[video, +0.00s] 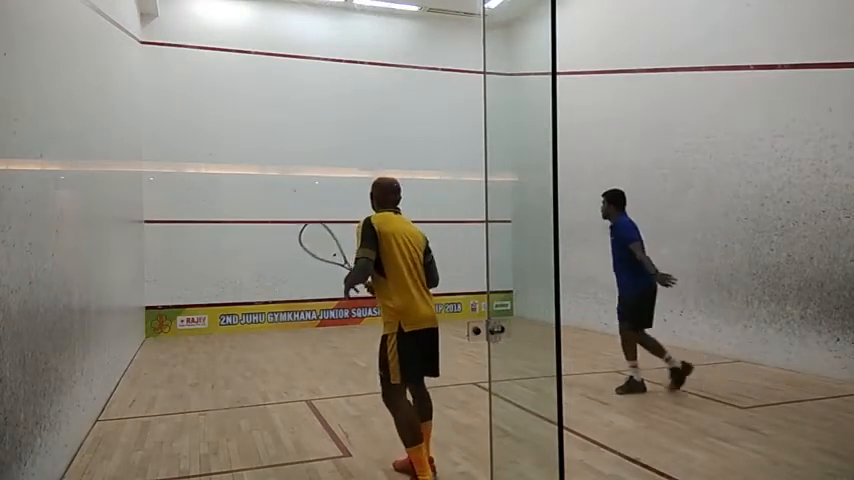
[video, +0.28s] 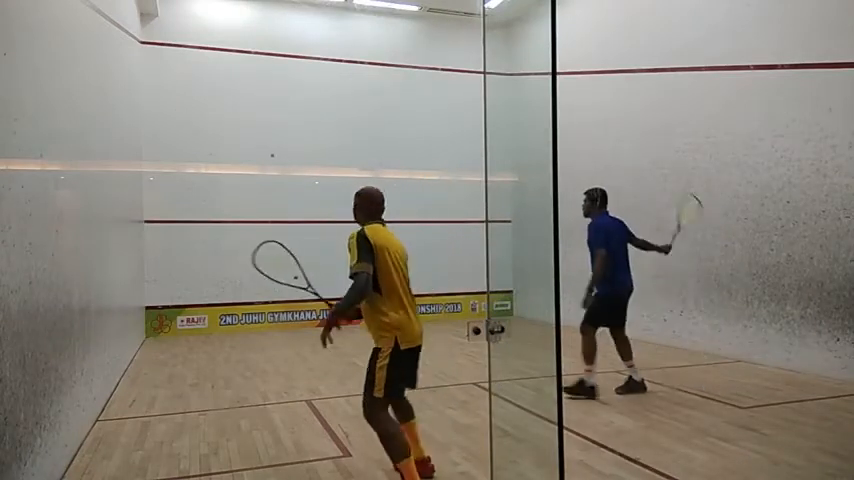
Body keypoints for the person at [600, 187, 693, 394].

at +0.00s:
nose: (601, 208)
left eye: (604, 204)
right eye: (602, 204)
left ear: (613, 206)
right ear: (617, 206)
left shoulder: (624, 227)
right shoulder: (618, 226)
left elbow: (639, 254)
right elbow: (635, 256)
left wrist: (656, 274)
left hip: (638, 290)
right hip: (629, 289)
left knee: (633, 332)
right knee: (626, 331)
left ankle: (676, 366)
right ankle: (635, 378)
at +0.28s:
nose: (582, 205)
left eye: (586, 202)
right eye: (583, 201)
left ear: (596, 204)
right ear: (602, 204)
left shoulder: (596, 226)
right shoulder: (616, 223)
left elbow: (600, 258)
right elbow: (636, 242)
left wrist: (589, 290)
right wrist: (658, 248)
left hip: (608, 289)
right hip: (623, 288)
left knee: (587, 329)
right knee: (618, 331)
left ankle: (588, 382)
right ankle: (635, 378)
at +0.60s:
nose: (559, 204)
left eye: (562, 200)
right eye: (559, 200)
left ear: (573, 202)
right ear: (578, 203)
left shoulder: (566, 226)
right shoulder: (594, 227)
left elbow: (564, 257)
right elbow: (596, 262)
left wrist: (547, 277)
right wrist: (603, 289)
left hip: (568, 291)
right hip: (588, 291)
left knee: (555, 331)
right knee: (582, 332)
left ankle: (561, 382)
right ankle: (613, 375)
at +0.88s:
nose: (551, 207)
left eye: (552, 204)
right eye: (554, 203)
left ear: (553, 205)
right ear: (572, 207)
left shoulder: (554, 227)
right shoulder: (581, 232)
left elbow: (549, 265)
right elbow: (578, 271)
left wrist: (531, 290)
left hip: (552, 295)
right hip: (576, 298)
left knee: (523, 328)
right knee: (573, 338)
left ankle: (535, 380)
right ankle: (595, 387)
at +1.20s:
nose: (512, 221)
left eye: (515, 218)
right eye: (514, 217)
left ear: (521, 221)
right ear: (535, 222)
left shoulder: (514, 246)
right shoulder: (547, 247)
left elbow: (510, 282)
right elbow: (553, 280)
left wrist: (497, 312)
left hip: (523, 310)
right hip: (548, 310)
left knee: (499, 355)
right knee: (549, 345)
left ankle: (504, 406)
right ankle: (584, 386)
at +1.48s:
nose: (500, 217)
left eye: (502, 213)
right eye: (502, 213)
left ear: (505, 215)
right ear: (522, 215)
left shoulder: (497, 242)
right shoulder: (538, 238)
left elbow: (490, 273)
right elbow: (553, 272)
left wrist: (479, 288)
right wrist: (569, 297)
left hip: (516, 303)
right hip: (541, 301)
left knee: (507, 349)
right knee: (538, 336)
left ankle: (506, 401)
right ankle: (559, 382)